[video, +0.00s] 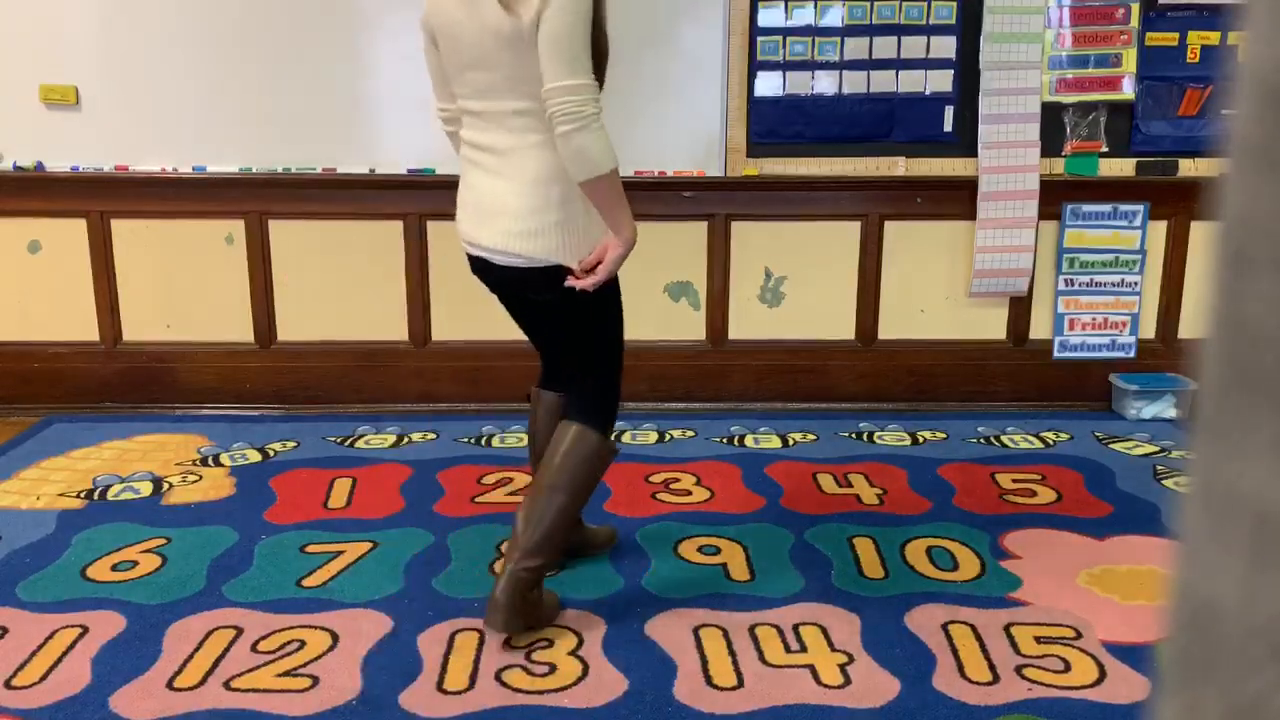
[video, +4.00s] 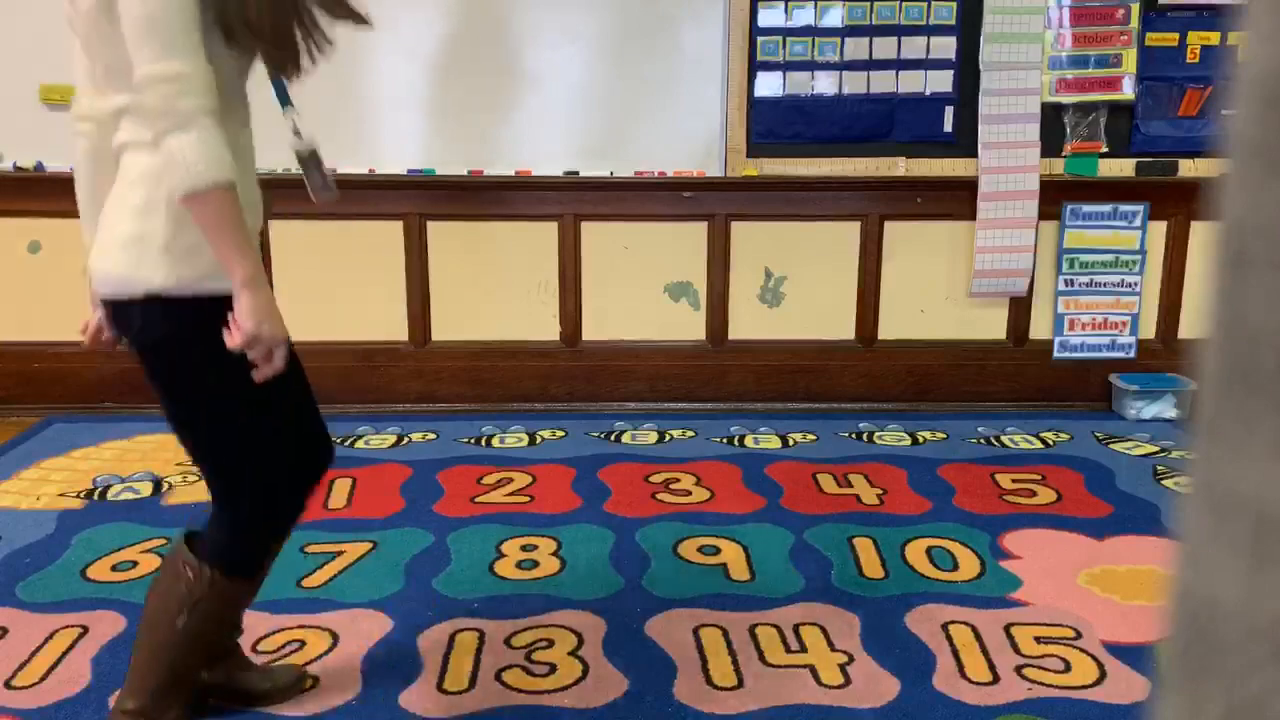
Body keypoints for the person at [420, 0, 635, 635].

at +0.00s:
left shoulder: (440, 4)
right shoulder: (558, 3)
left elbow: (451, 114)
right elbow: (572, 109)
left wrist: (498, 185)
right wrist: (621, 224)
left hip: (485, 234)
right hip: (555, 237)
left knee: (560, 368)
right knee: (594, 400)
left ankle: (549, 525)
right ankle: (521, 580)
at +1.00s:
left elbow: (351, 56)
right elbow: (571, 56)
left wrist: (341, 204)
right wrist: (590, 183)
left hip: (401, 204)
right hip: (514, 199)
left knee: (433, 418)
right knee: (531, 416)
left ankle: (469, 633)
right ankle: (541, 645)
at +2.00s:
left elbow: (154, 61)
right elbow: (331, 53)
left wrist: (146, 187)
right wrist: (391, 171)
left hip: (217, 190)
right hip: (313, 190)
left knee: (255, 379)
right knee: (337, 381)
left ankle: (269, 569)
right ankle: (290, 580)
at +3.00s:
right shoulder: (138, 7)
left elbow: (217, 50)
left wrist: (209, 203)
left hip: (196, 201)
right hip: (174, 198)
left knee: (142, 417)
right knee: (173, 410)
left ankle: (244, 617)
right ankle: (253, 596)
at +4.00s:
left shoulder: (104, 12)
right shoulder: (159, 5)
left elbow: (101, 117)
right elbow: (179, 108)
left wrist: (106, 270)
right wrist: (250, 279)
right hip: (175, 268)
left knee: (292, 453)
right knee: (267, 471)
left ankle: (210, 654)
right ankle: (151, 696)